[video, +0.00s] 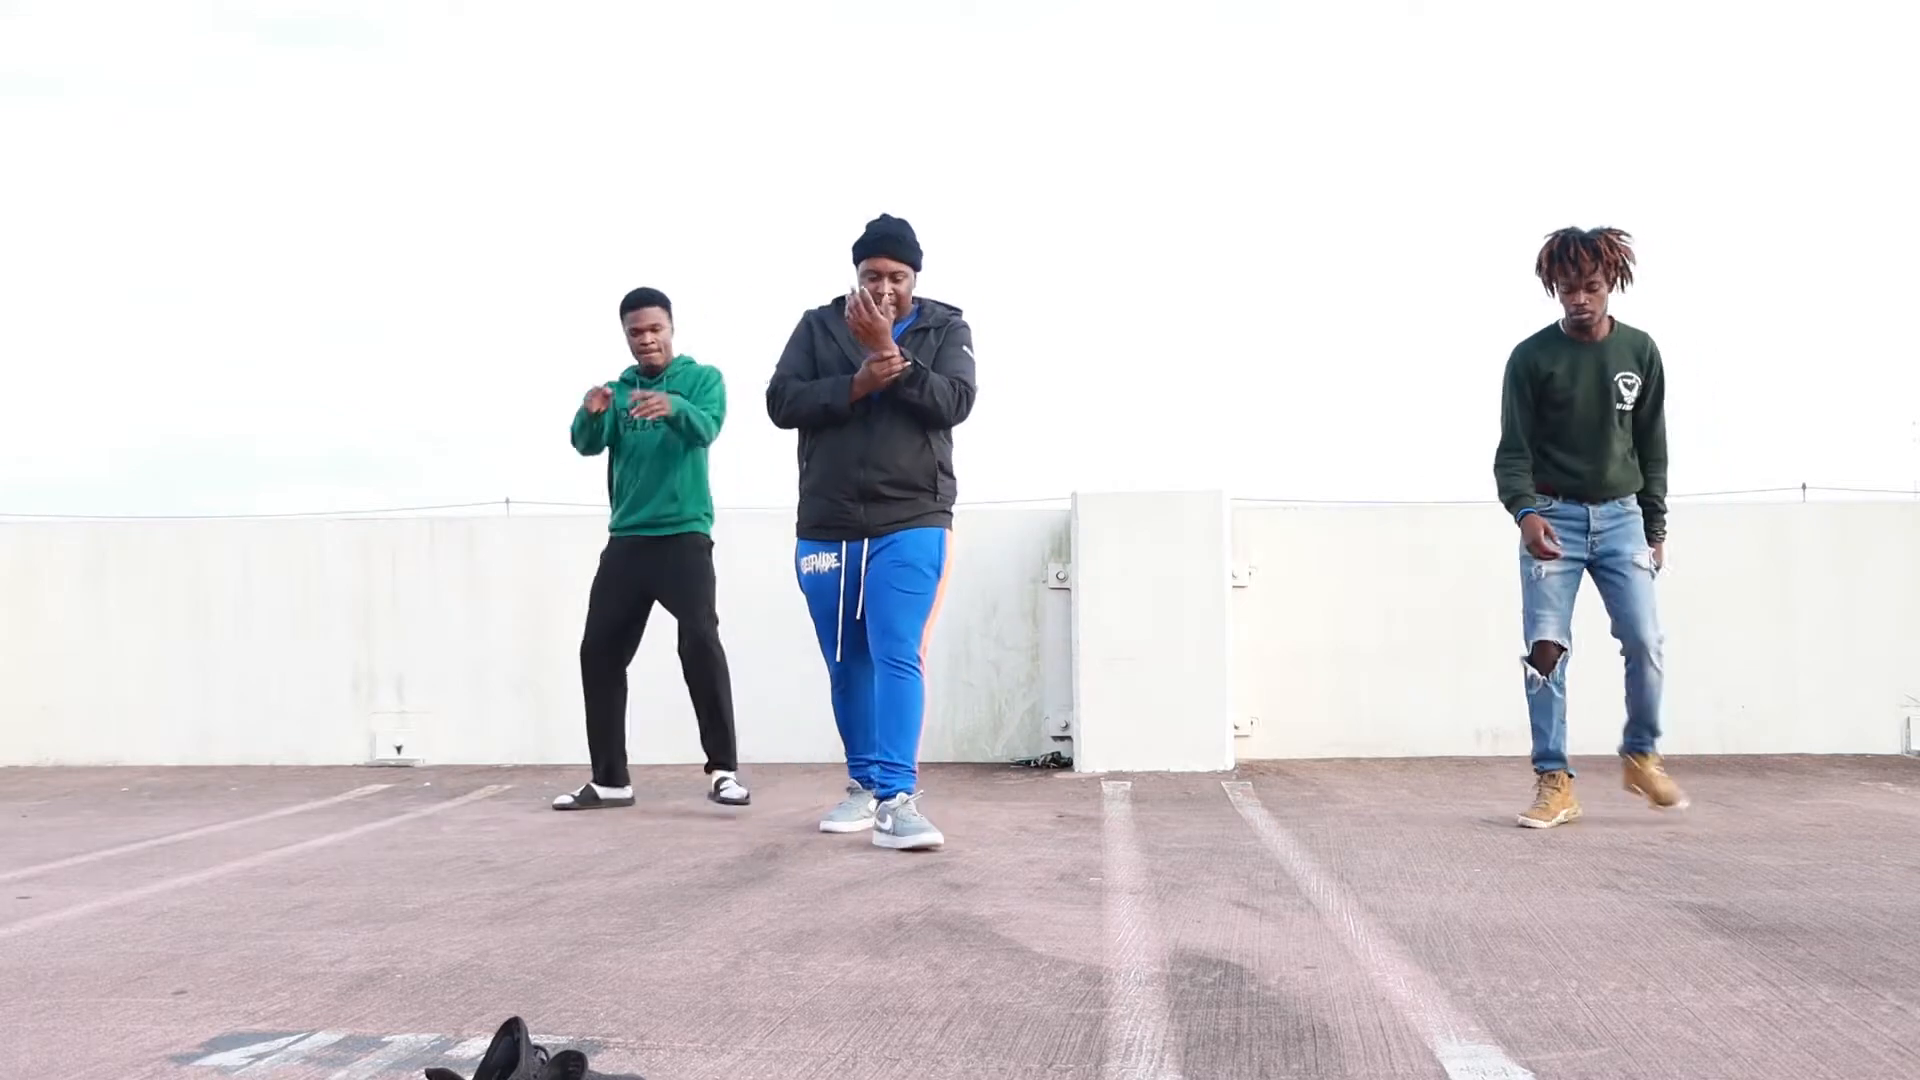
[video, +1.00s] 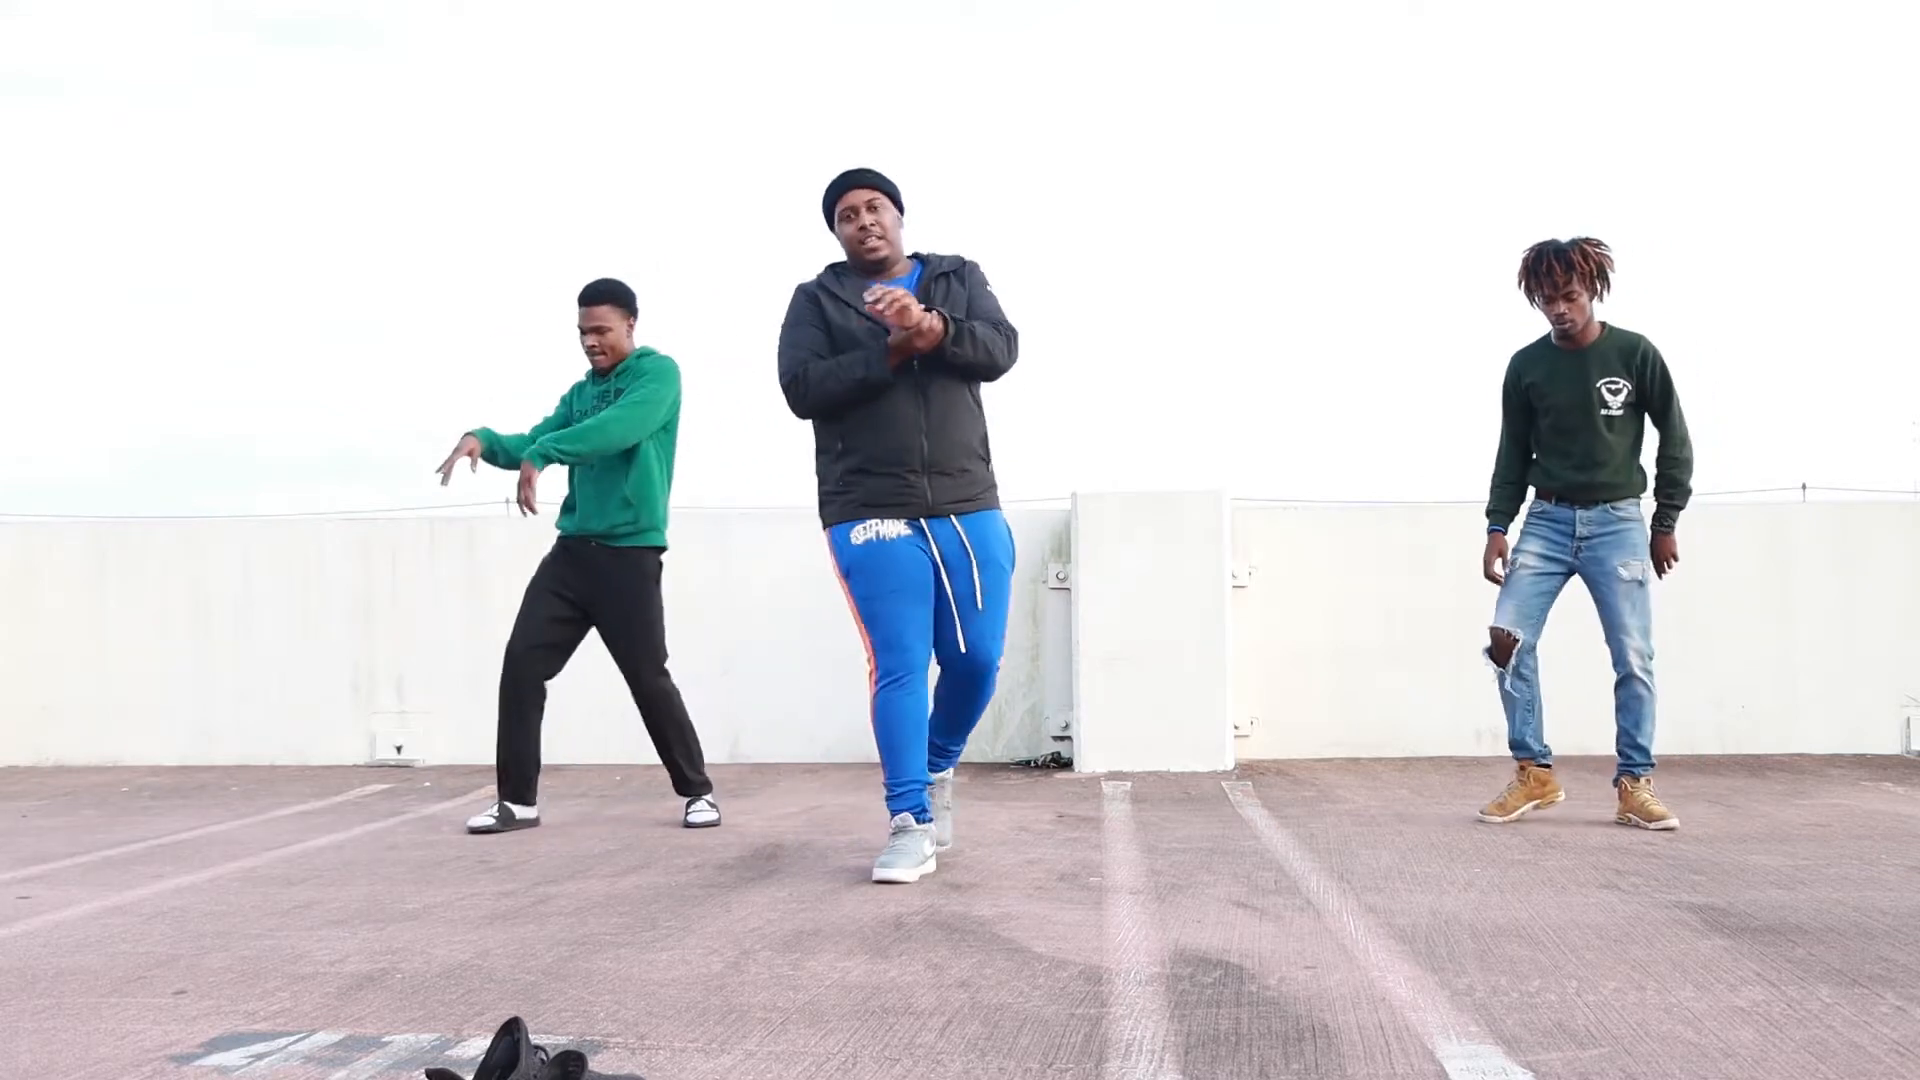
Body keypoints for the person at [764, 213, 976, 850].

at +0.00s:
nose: (883, 289)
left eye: (896, 277)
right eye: (872, 276)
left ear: (916, 279)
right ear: (854, 275)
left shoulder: (941, 326)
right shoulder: (819, 325)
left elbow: (953, 403)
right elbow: (781, 401)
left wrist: (887, 349)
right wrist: (855, 384)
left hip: (909, 516)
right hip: (827, 520)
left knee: (895, 650)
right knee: (846, 659)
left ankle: (896, 797)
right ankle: (865, 788)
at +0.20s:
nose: (902, 269)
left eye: (915, 259)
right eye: (891, 257)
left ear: (934, 265)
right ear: (872, 261)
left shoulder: (959, 317)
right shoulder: (833, 312)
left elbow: (972, 394)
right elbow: (793, 388)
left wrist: (896, 339)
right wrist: (871, 371)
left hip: (923, 511)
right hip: (834, 508)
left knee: (905, 656)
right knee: (823, 656)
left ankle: (896, 802)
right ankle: (848, 758)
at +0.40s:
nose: (908, 245)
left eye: (920, 234)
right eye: (896, 234)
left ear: (938, 243)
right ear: (876, 242)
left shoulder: (967, 300)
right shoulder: (838, 297)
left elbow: (988, 373)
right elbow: (803, 377)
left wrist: (918, 341)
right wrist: (884, 360)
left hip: (935, 503)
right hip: (845, 497)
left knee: (913, 655)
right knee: (840, 634)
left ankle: (898, 801)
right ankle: (843, 782)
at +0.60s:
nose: (902, 236)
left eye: (914, 226)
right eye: (888, 227)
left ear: (932, 237)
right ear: (868, 238)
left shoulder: (968, 293)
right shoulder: (837, 297)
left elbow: (1002, 370)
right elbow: (811, 383)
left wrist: (940, 338)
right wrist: (899, 356)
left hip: (949, 506)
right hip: (862, 503)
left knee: (925, 659)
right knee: (880, 648)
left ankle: (906, 799)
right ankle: (881, 793)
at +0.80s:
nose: (883, 237)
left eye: (892, 226)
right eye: (868, 232)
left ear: (913, 235)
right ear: (851, 249)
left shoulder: (962, 296)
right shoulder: (829, 311)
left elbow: (1009, 372)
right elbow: (821, 401)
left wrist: (957, 345)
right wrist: (913, 366)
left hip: (963, 510)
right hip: (875, 510)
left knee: (940, 669)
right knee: (900, 659)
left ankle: (900, 802)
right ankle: (911, 819)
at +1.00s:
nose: (865, 220)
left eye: (874, 208)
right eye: (850, 216)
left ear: (900, 216)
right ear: (836, 236)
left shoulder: (956, 277)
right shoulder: (817, 300)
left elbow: (999, 350)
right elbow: (803, 391)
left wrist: (938, 331)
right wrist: (892, 349)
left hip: (966, 497)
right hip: (870, 504)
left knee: (978, 659)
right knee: (900, 662)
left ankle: (935, 767)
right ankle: (909, 823)